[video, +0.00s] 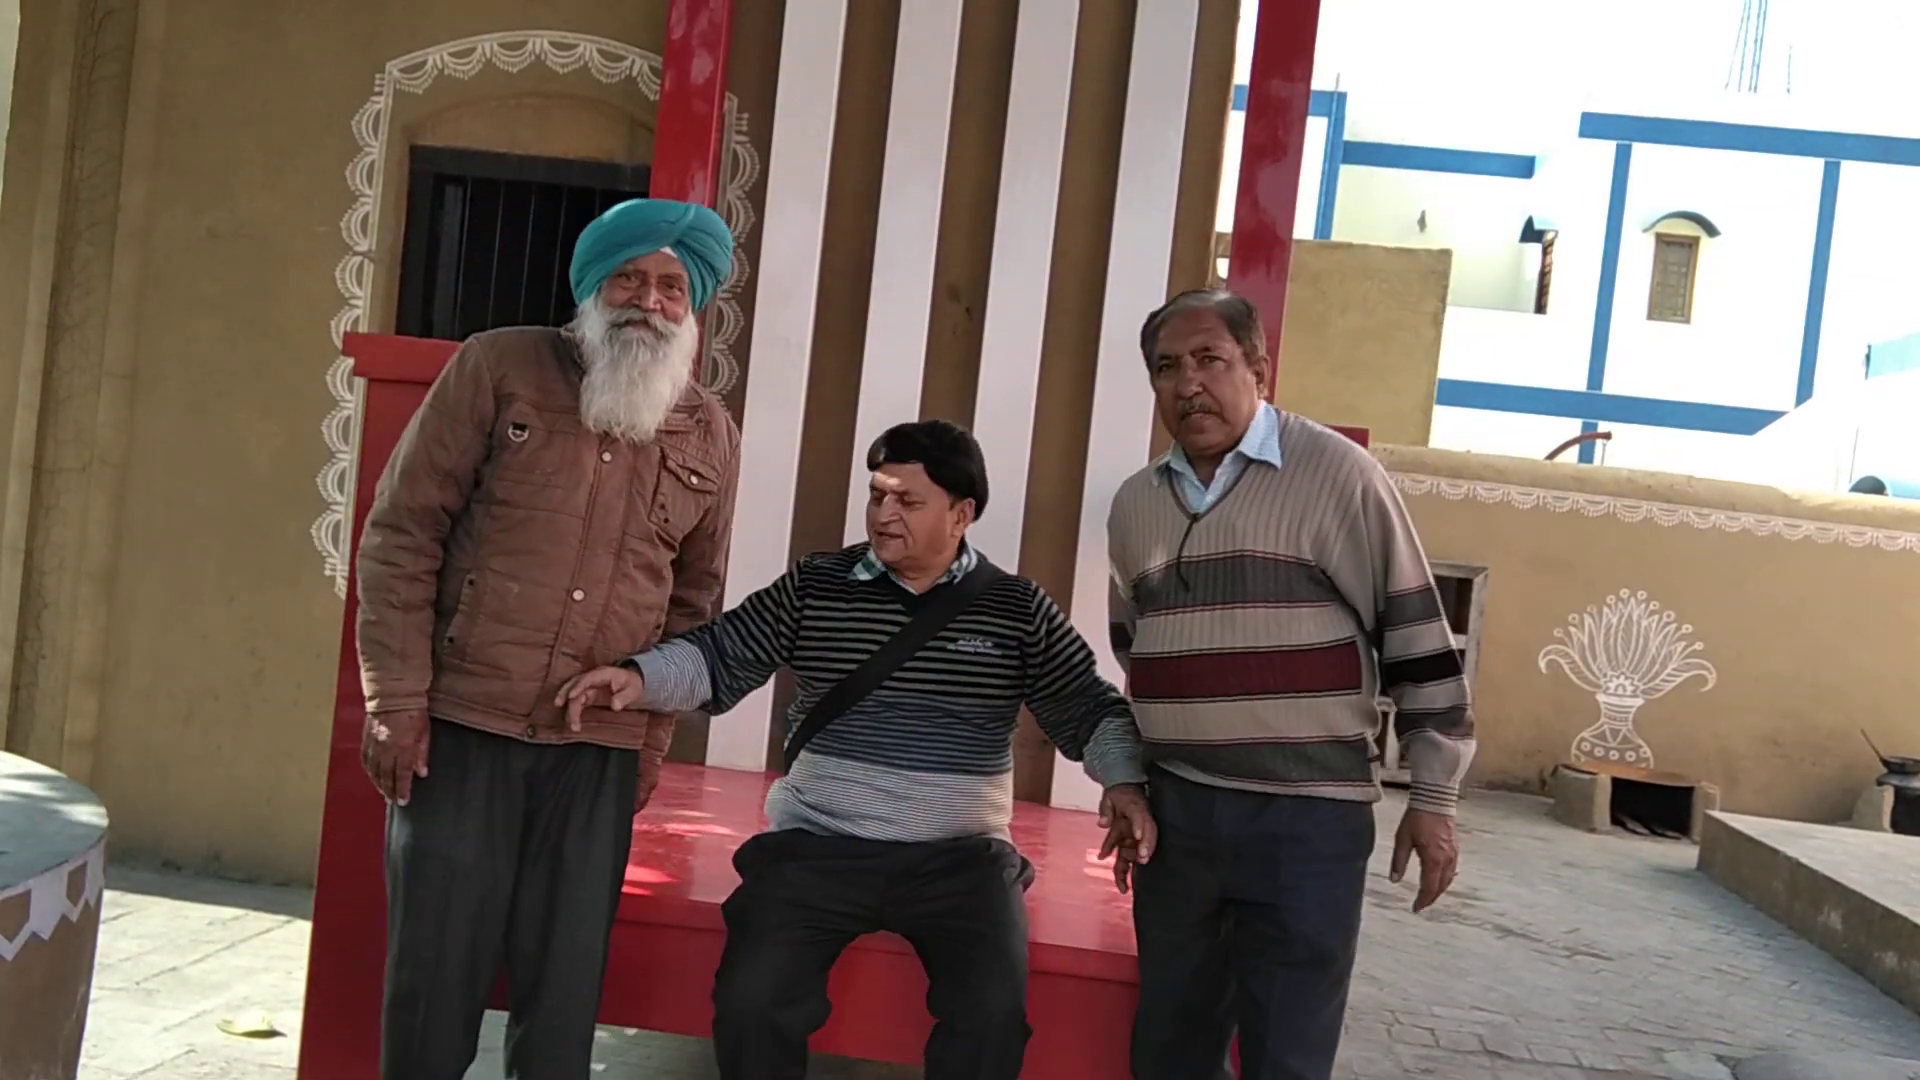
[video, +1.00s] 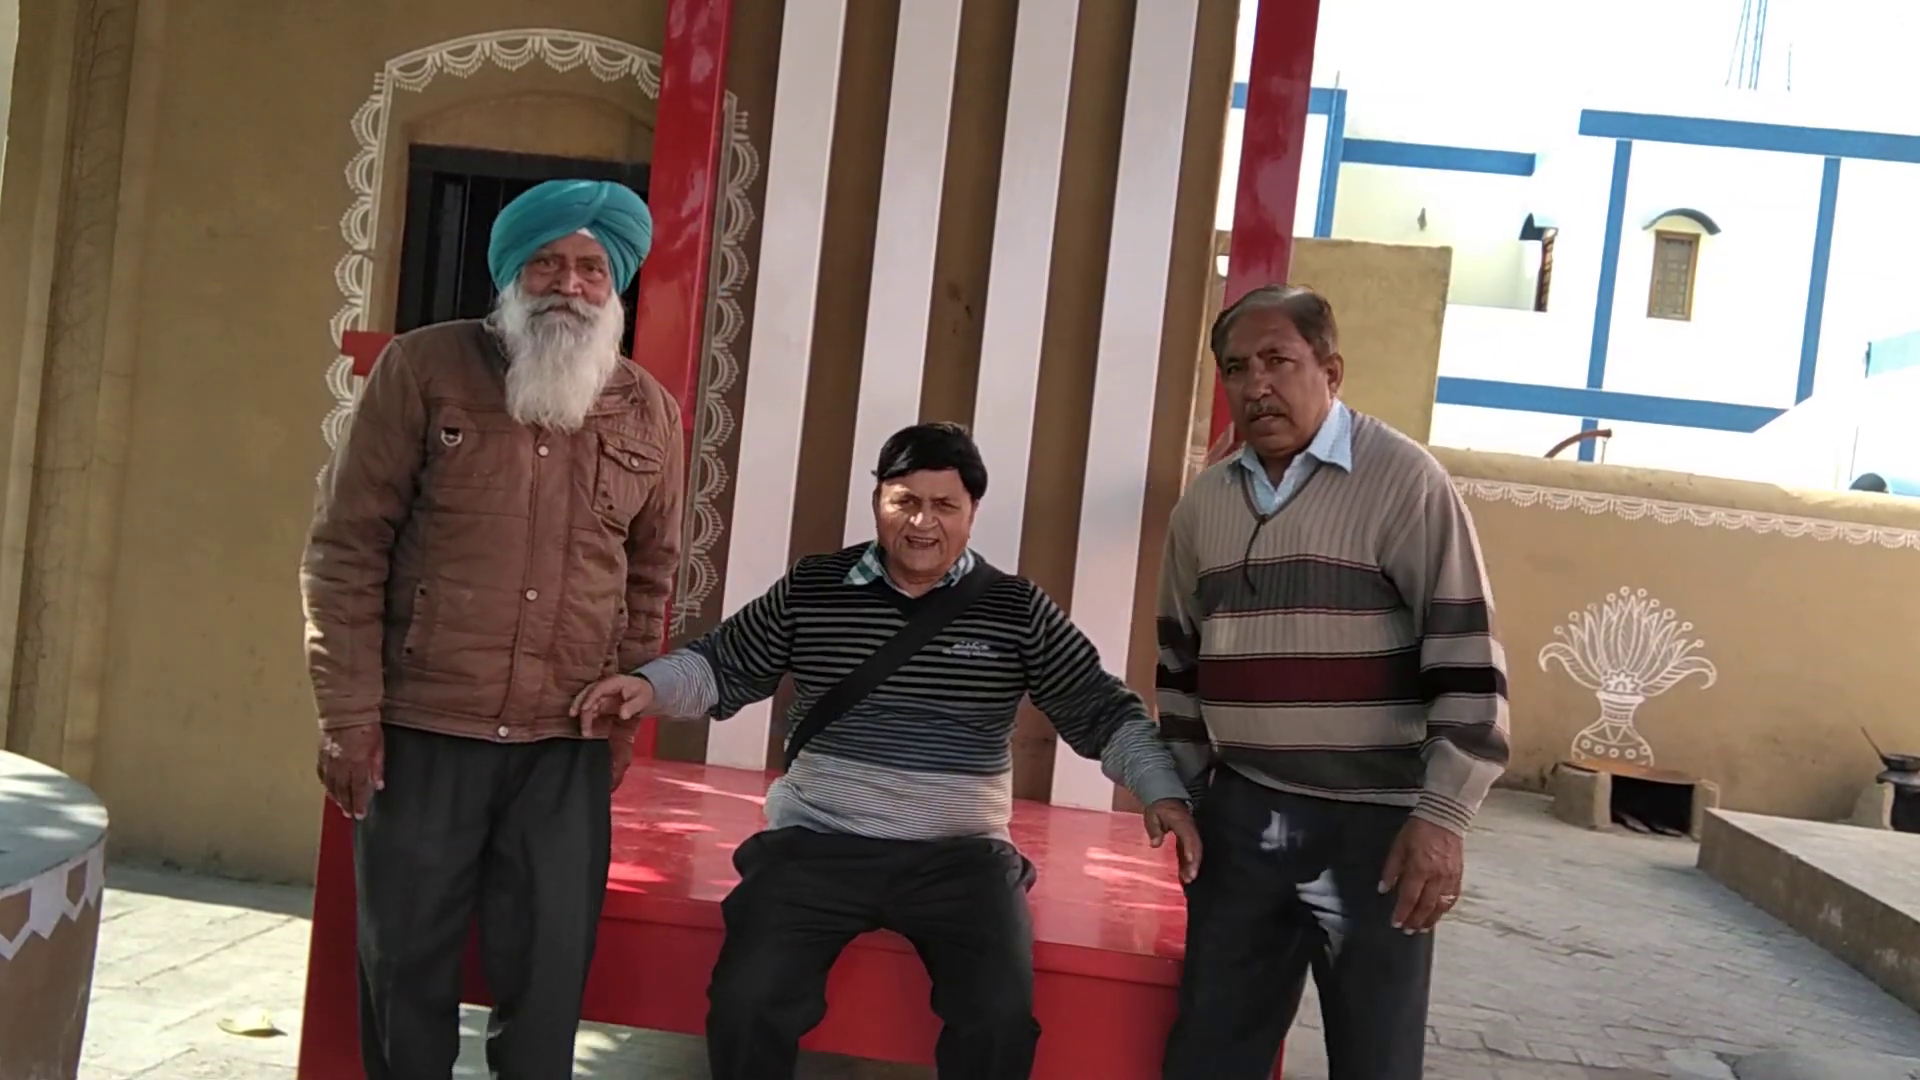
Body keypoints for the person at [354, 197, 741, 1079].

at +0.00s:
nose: (653, 301)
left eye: (675, 286)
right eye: (635, 278)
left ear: (698, 308)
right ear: (595, 285)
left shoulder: (708, 430)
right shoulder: (497, 367)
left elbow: (697, 594)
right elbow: (401, 532)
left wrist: (655, 731)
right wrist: (397, 700)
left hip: (600, 756)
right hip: (463, 741)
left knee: (562, 1017)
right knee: (432, 1004)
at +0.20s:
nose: (639, 298)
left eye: (661, 282)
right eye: (620, 274)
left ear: (685, 303)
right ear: (580, 281)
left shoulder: (702, 428)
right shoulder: (484, 366)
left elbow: (692, 594)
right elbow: (391, 534)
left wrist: (647, 731)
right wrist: (383, 696)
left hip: (591, 755)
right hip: (451, 741)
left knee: (557, 1015)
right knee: (426, 1004)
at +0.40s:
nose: (623, 294)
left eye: (646, 279)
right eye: (604, 271)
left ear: (670, 301)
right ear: (566, 280)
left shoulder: (690, 429)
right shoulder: (470, 365)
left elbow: (683, 591)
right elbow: (379, 533)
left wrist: (640, 721)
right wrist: (366, 698)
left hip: (581, 754)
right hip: (440, 740)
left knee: (553, 1011)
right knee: (418, 998)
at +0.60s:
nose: (604, 291)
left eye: (627, 276)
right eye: (585, 268)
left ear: (652, 299)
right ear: (547, 278)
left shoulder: (675, 424)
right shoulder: (453, 365)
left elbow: (674, 589)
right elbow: (366, 538)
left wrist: (633, 715)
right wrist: (357, 706)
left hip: (574, 755)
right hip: (433, 743)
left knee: (549, 1012)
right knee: (412, 1003)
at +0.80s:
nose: (583, 284)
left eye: (606, 269)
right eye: (563, 263)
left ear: (630, 292)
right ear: (523, 275)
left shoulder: (657, 416)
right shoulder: (433, 367)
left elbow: (657, 583)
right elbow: (354, 546)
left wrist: (629, 704)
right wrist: (354, 712)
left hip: (566, 757)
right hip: (425, 745)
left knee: (546, 1010)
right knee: (408, 999)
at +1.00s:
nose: (573, 282)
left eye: (594, 267)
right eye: (552, 262)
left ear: (619, 289)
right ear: (512, 273)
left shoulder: (648, 412)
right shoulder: (425, 366)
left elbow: (651, 582)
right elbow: (349, 546)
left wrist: (628, 695)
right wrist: (350, 715)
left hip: (567, 756)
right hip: (425, 746)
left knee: (544, 1009)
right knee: (404, 996)